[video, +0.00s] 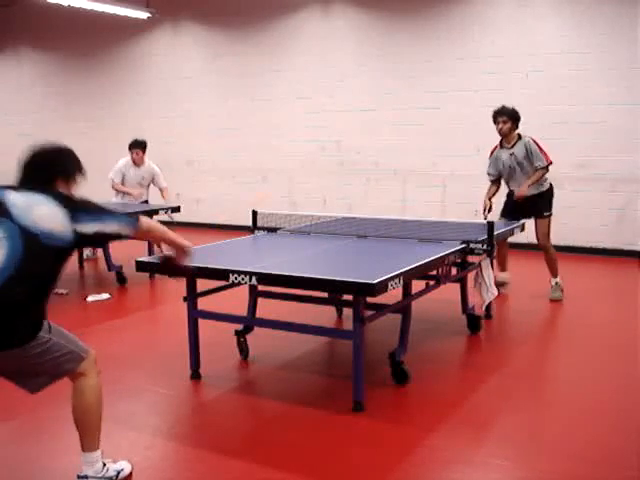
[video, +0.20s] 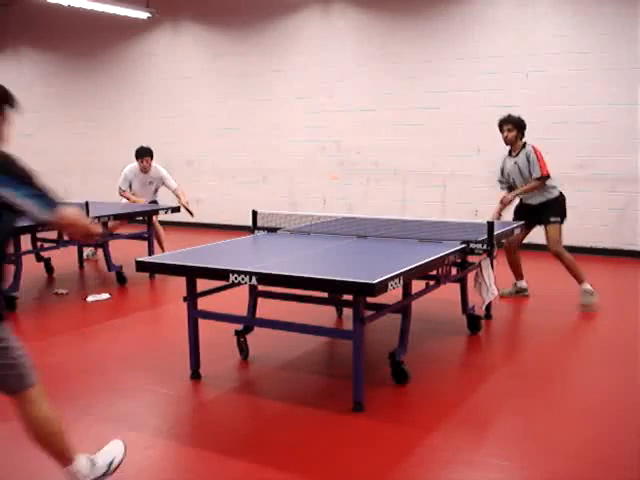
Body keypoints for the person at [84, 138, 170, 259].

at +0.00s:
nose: (134, 156)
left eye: (137, 153)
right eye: (132, 153)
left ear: (143, 153)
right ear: (129, 153)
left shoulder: (151, 168)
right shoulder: (123, 165)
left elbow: (162, 187)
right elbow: (114, 184)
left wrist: (167, 200)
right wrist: (131, 192)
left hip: (142, 204)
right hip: (122, 203)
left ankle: (160, 251)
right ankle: (94, 248)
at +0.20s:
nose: (145, 164)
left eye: (147, 161)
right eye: (142, 161)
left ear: (152, 161)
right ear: (137, 161)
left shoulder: (158, 172)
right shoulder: (130, 170)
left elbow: (175, 188)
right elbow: (122, 190)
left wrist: (183, 201)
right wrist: (136, 200)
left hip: (150, 202)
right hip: (132, 201)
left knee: (154, 221)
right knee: (115, 224)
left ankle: (164, 252)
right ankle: (95, 248)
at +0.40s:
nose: (146, 153)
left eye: (148, 150)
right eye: (143, 151)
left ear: (153, 146)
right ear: (141, 150)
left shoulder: (163, 154)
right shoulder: (141, 160)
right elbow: (131, 177)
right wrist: (128, 175)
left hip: (165, 195)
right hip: (147, 194)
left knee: (156, 219)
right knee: (126, 218)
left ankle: (165, 250)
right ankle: (121, 242)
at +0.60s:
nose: (144, 148)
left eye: (147, 145)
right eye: (143, 145)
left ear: (155, 144)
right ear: (141, 145)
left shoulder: (168, 155)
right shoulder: (143, 156)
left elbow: (168, 175)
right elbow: (134, 166)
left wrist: (141, 173)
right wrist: (128, 174)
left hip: (176, 189)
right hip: (159, 190)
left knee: (179, 215)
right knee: (147, 217)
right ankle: (145, 245)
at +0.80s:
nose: (155, 151)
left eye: (158, 148)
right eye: (154, 148)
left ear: (166, 147)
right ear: (155, 148)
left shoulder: (179, 160)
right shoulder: (159, 161)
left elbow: (181, 184)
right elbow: (156, 176)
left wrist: (160, 189)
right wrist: (149, 189)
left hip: (186, 195)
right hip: (168, 194)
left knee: (195, 220)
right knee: (151, 215)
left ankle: (217, 245)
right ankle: (146, 244)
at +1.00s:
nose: (173, 158)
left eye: (175, 155)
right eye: (172, 155)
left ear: (184, 154)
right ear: (171, 154)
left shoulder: (198, 164)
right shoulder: (169, 165)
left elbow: (204, 183)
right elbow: (163, 179)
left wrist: (193, 197)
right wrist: (168, 184)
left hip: (195, 194)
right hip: (177, 196)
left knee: (202, 216)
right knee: (163, 222)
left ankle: (221, 242)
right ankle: (166, 241)